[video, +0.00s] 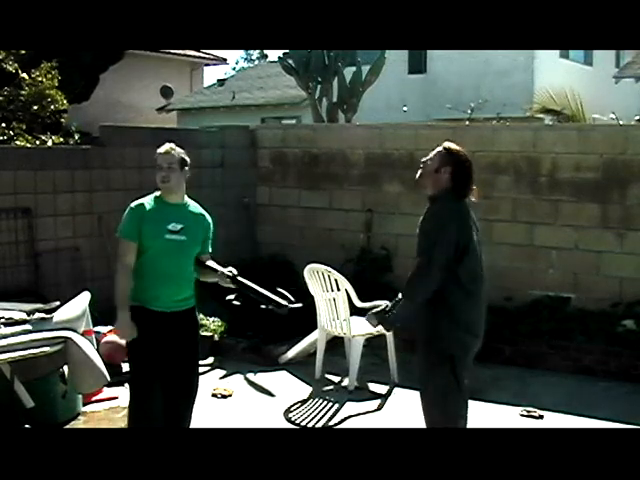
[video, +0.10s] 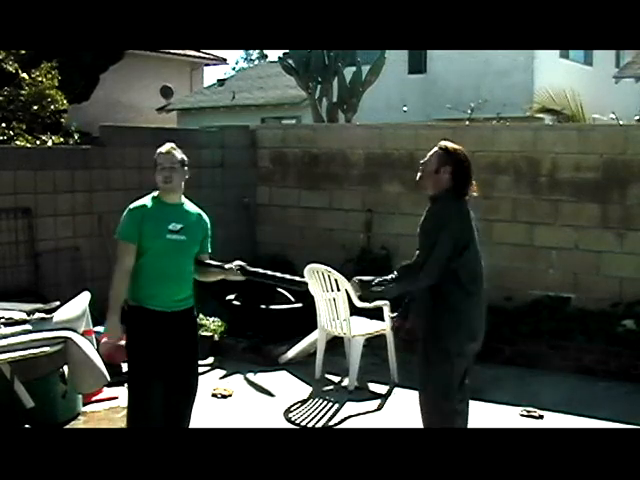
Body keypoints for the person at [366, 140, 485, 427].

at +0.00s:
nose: (422, 162)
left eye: (429, 160)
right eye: (426, 158)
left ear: (443, 174)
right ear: (444, 175)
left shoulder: (443, 212)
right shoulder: (453, 210)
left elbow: (429, 271)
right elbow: (430, 271)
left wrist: (395, 315)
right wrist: (397, 304)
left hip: (445, 327)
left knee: (441, 407)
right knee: (446, 404)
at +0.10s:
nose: (419, 168)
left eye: (426, 164)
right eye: (423, 163)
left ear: (444, 174)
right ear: (444, 174)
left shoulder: (445, 213)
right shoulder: (447, 209)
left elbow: (427, 272)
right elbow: (423, 265)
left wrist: (379, 292)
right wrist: (383, 281)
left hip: (449, 326)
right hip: (454, 322)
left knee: (437, 404)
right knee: (449, 401)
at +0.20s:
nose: (418, 170)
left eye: (424, 165)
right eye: (420, 164)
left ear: (443, 173)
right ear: (443, 173)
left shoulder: (448, 211)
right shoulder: (451, 208)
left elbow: (414, 257)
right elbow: (415, 253)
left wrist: (365, 252)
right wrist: (371, 251)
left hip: (449, 323)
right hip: (454, 319)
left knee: (436, 399)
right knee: (448, 399)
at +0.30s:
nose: (417, 174)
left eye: (423, 168)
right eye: (418, 167)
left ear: (443, 172)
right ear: (443, 173)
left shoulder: (449, 213)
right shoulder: (457, 210)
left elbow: (400, 248)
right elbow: (409, 243)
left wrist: (352, 229)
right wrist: (380, 234)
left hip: (444, 330)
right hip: (456, 326)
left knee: (436, 410)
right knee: (449, 408)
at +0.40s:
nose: (416, 175)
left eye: (422, 169)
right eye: (418, 168)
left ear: (441, 172)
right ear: (442, 173)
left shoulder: (449, 213)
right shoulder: (456, 210)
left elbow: (401, 248)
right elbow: (410, 243)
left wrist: (355, 226)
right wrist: (380, 231)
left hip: (443, 332)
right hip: (453, 328)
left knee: (436, 411)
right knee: (446, 409)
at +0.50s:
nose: (415, 173)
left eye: (420, 167)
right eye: (416, 166)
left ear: (438, 173)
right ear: (441, 173)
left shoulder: (446, 215)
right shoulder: (458, 212)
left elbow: (407, 263)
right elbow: (419, 256)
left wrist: (365, 248)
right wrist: (390, 248)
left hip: (440, 332)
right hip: (452, 328)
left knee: (437, 412)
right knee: (446, 409)